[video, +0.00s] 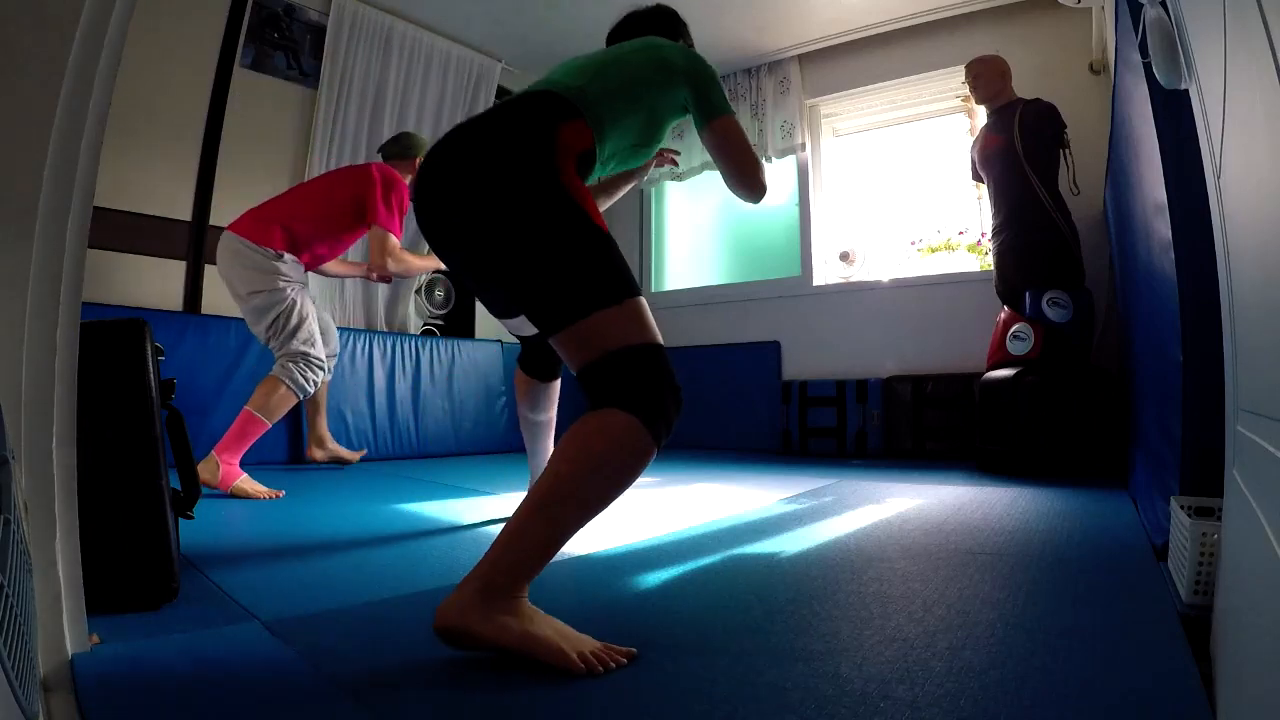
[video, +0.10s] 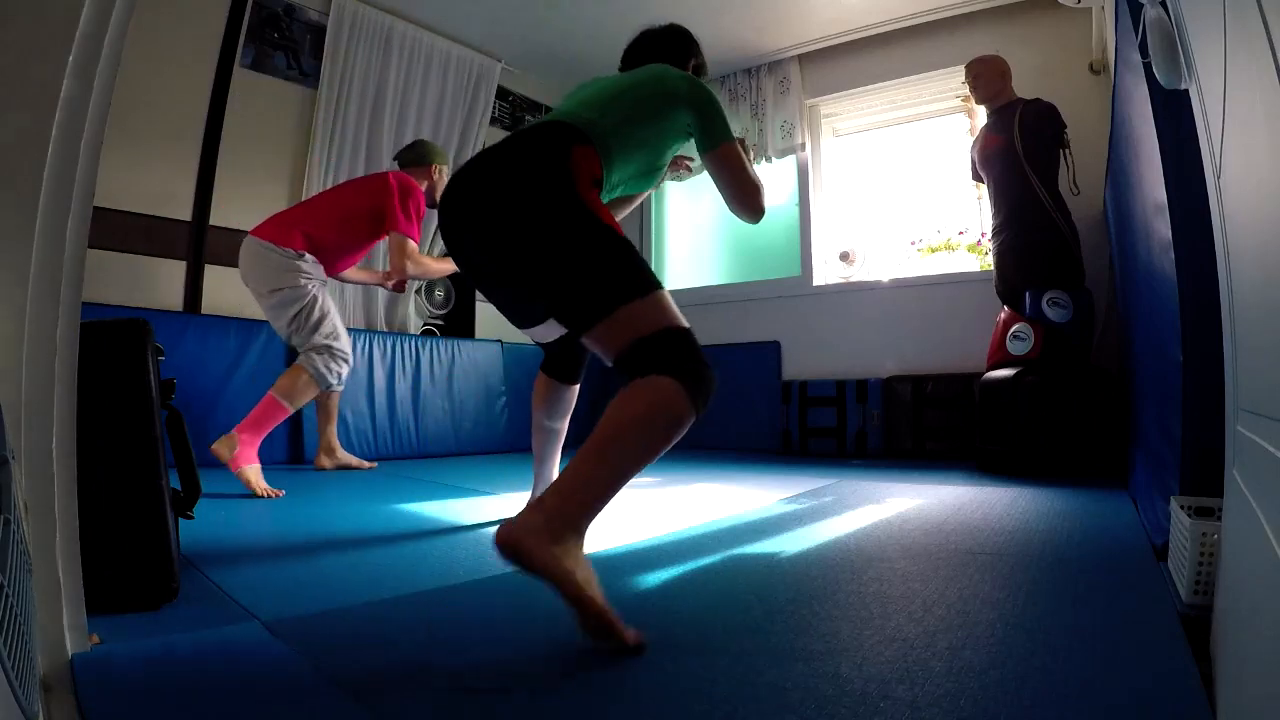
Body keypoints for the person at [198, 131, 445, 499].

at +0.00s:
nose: (424, 175)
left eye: (423, 169)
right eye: (424, 168)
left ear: (386, 160)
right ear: (417, 164)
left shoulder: (363, 180)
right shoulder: (389, 182)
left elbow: (318, 261)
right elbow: (386, 261)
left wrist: (370, 269)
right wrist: (436, 262)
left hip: (273, 255)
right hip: (260, 252)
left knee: (325, 340)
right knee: (305, 359)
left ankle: (320, 441)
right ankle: (222, 461)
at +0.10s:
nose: (446, 186)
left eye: (448, 179)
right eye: (447, 177)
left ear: (407, 168)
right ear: (435, 171)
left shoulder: (381, 191)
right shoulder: (407, 190)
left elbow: (338, 269)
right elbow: (406, 265)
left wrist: (388, 277)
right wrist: (454, 265)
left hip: (277, 254)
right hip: (282, 255)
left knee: (331, 349)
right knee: (331, 354)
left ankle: (330, 449)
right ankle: (242, 442)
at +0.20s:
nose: (460, 191)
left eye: (461, 183)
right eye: (461, 181)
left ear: (421, 173)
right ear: (450, 176)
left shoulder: (396, 196)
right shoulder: (421, 193)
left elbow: (354, 270)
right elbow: (423, 267)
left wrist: (406, 277)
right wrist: (469, 266)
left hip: (286, 255)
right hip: (300, 256)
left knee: (347, 347)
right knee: (368, 340)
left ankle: (331, 449)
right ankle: (288, 429)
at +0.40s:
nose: (485, 195)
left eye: (486, 188)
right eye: (485, 187)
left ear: (447, 180)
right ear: (475, 182)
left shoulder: (426, 198)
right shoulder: (454, 199)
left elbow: (384, 271)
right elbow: (457, 271)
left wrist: (428, 275)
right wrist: (502, 267)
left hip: (332, 266)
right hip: (340, 271)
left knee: (396, 338)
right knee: (386, 369)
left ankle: (382, 435)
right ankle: (308, 456)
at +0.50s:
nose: (500, 200)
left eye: (501, 193)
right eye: (500, 192)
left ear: (463, 186)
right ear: (490, 188)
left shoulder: (442, 204)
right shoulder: (471, 206)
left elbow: (400, 273)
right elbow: (475, 275)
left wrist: (445, 281)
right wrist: (518, 272)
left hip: (347, 268)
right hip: (364, 273)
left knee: (398, 353)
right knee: (408, 367)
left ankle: (401, 446)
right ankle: (326, 438)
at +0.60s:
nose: (514, 208)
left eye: (516, 200)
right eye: (515, 198)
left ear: (478, 191)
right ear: (506, 193)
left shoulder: (456, 211)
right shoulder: (485, 210)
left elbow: (424, 279)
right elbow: (489, 277)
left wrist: (470, 285)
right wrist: (531, 273)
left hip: (359, 274)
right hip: (385, 275)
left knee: (416, 360)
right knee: (446, 351)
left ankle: (404, 445)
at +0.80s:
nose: (536, 207)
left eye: (536, 202)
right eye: (538, 201)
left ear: (502, 195)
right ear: (531, 198)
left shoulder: (478, 211)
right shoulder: (515, 214)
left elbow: (439, 265)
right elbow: (523, 281)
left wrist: (476, 280)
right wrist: (556, 277)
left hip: (397, 278)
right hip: (425, 282)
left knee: (454, 352)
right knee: (471, 372)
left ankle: (440, 427)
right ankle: (405, 448)